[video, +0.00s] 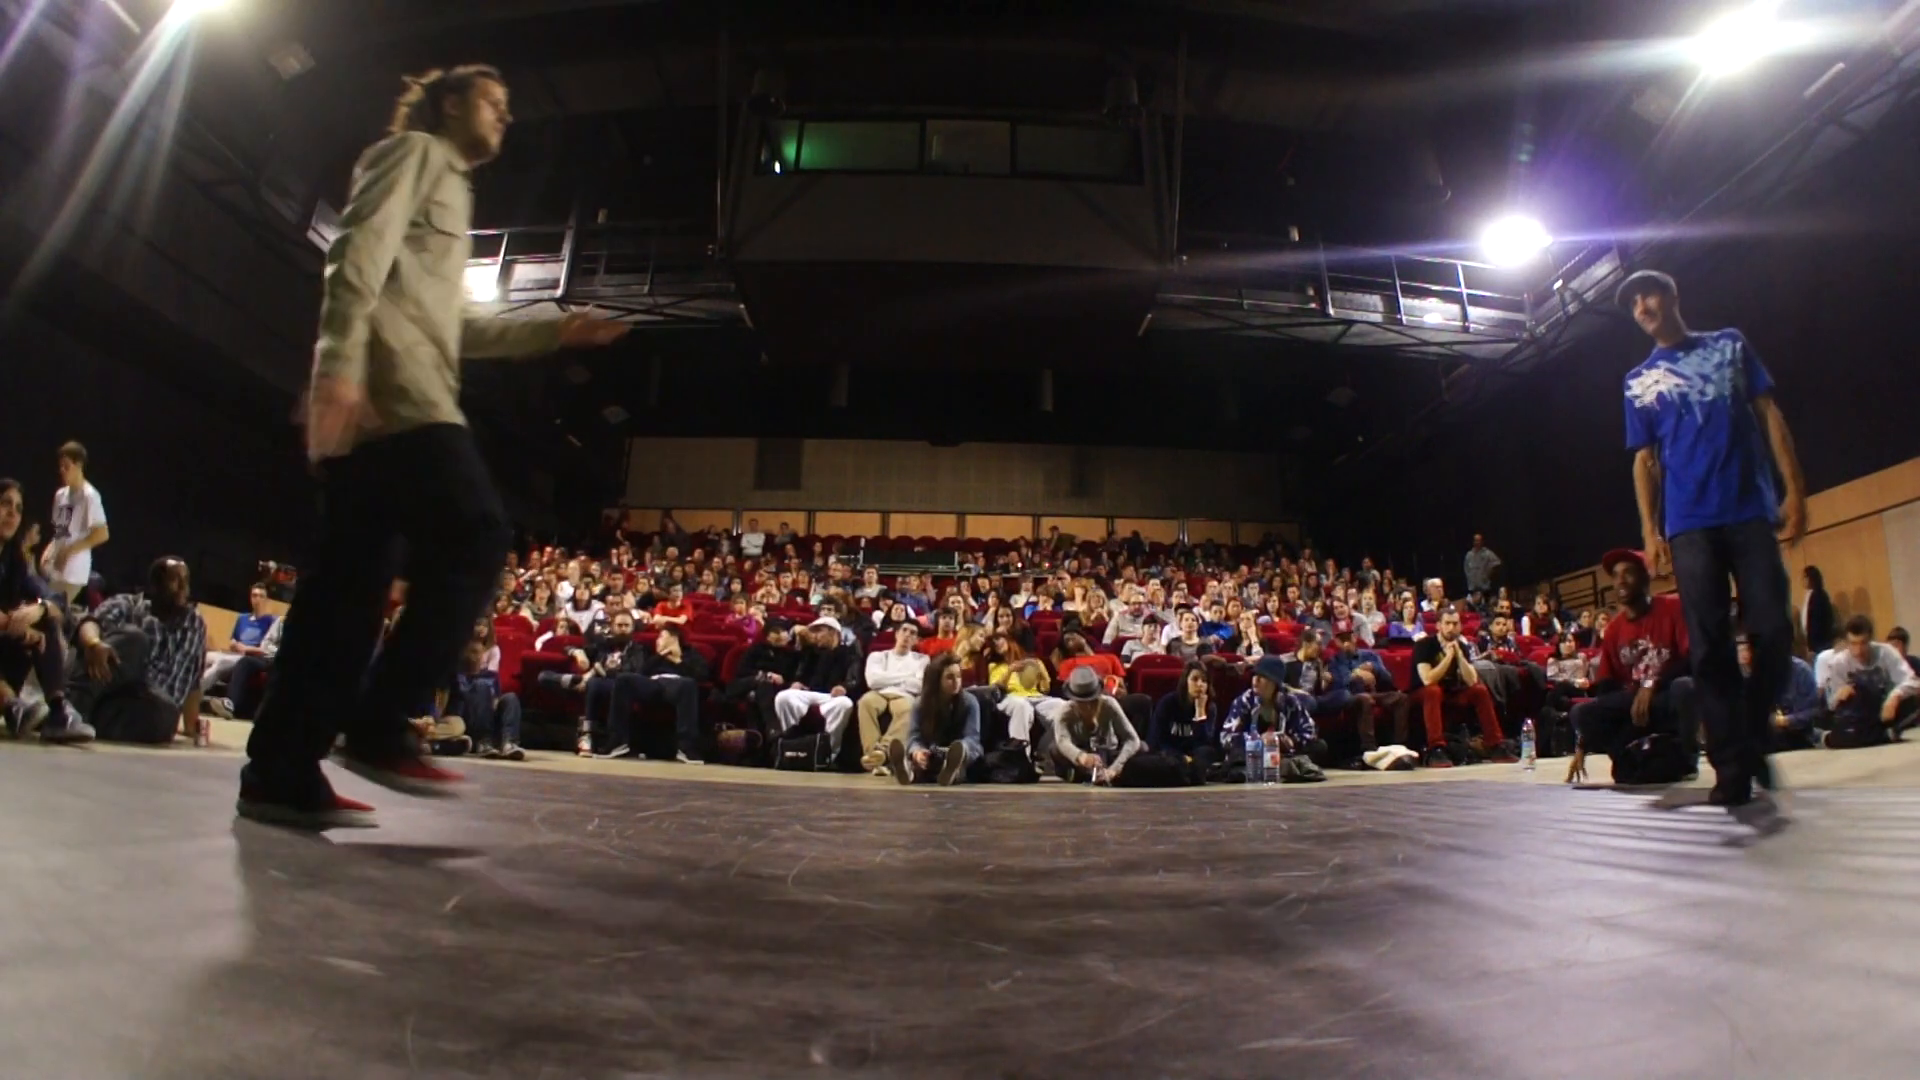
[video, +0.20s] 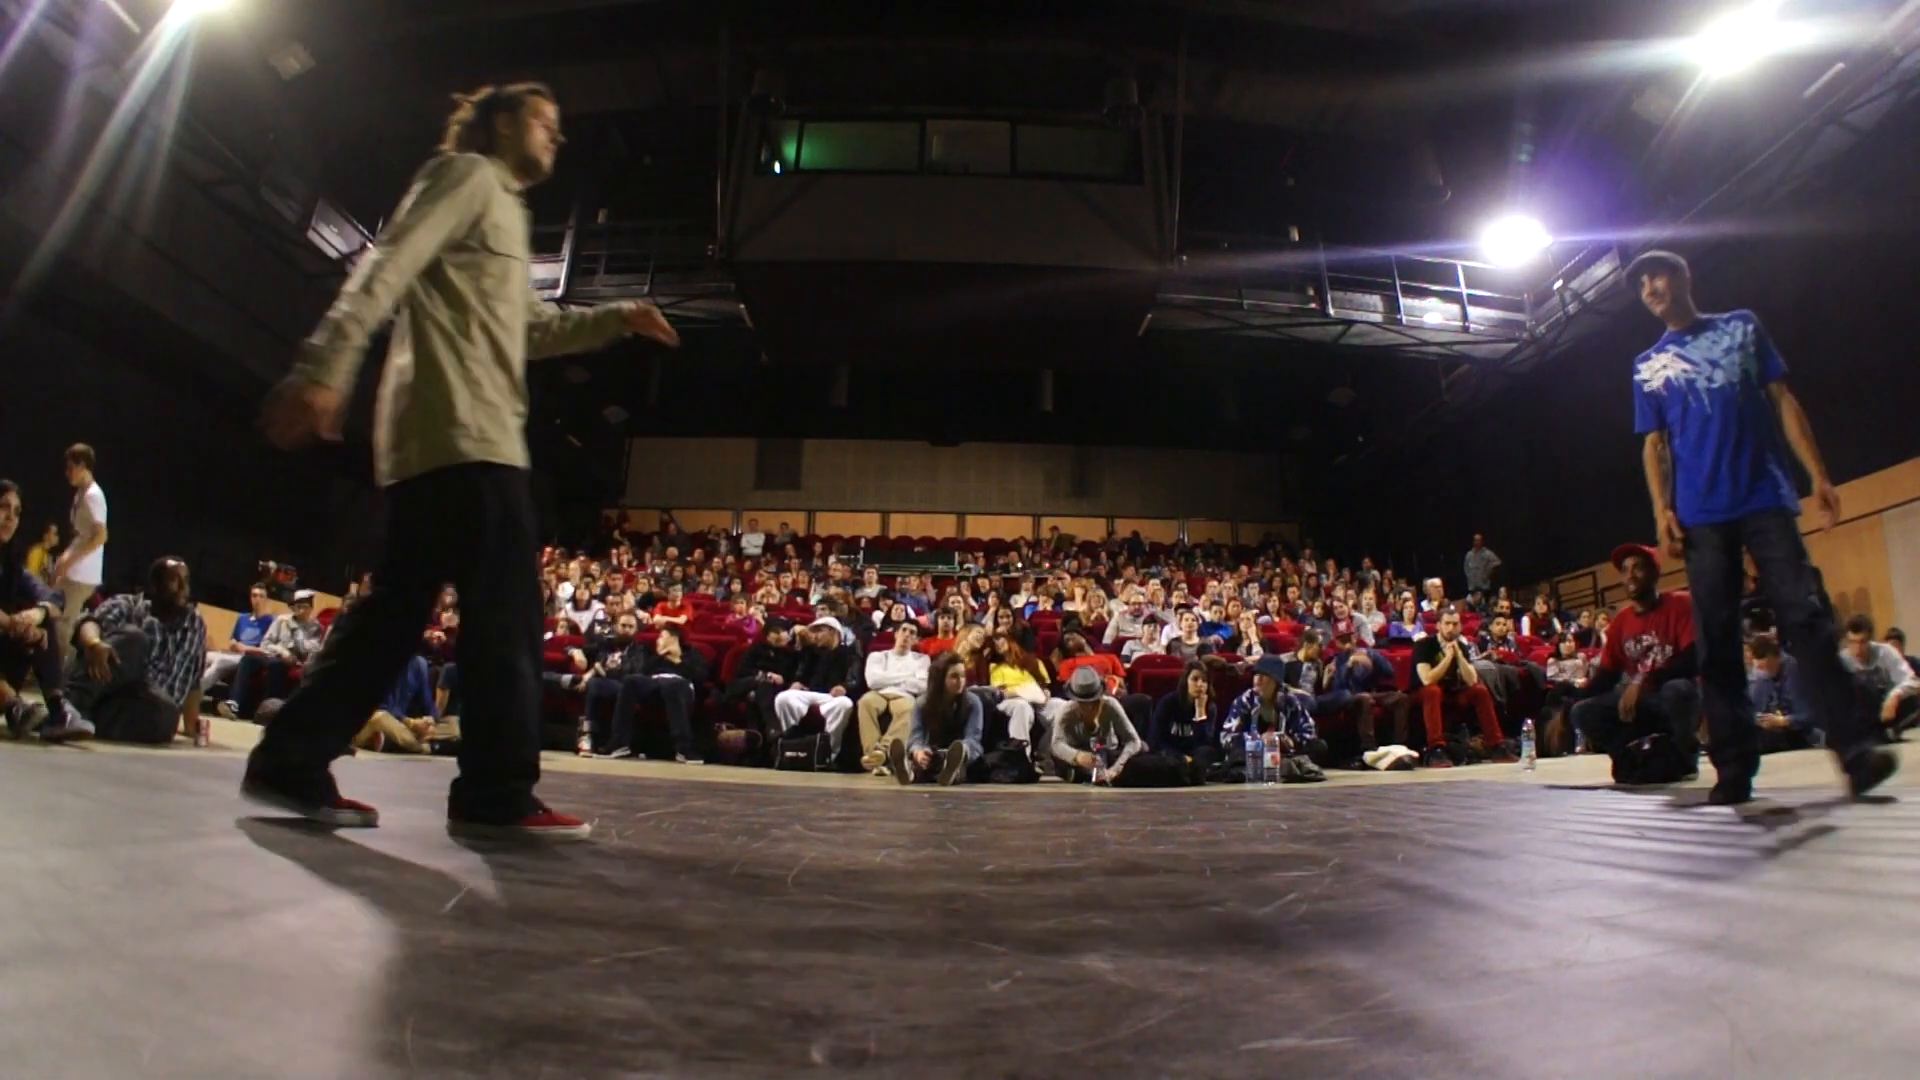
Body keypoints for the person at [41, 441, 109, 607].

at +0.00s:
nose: (62, 471)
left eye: (66, 466)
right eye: (61, 466)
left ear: (79, 465)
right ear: (60, 466)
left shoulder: (90, 495)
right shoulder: (61, 494)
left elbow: (102, 532)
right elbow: (60, 533)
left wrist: (69, 550)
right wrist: (49, 551)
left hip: (75, 568)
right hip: (56, 564)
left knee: (54, 615)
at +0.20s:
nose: (68, 473)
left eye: (71, 467)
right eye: (67, 467)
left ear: (84, 466)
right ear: (77, 467)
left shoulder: (92, 495)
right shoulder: (81, 493)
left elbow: (100, 535)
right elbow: (81, 535)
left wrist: (68, 562)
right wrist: (64, 558)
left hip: (83, 575)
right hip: (73, 572)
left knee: (64, 628)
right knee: (63, 627)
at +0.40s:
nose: (82, 478)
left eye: (85, 472)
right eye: (82, 472)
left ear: (97, 472)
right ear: (97, 472)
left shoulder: (100, 500)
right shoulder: (109, 498)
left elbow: (100, 538)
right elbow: (115, 538)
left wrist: (73, 548)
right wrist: (81, 548)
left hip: (92, 582)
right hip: (103, 580)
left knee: (69, 635)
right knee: (95, 634)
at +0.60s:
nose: (100, 474)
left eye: (104, 468)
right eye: (99, 469)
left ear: (117, 466)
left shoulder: (130, 493)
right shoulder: (112, 494)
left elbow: (140, 531)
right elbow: (114, 533)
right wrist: (100, 549)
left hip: (128, 576)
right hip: (110, 574)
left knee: (125, 628)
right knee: (91, 624)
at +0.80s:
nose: (118, 489)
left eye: (122, 483)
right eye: (116, 484)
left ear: (135, 480)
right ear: (113, 483)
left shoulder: (153, 509)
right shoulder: (119, 509)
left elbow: (175, 543)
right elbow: (121, 547)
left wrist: (162, 577)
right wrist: (113, 575)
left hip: (145, 584)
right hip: (121, 582)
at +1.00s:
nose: (124, 472)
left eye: (129, 467)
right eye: (122, 467)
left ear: (143, 462)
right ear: (119, 466)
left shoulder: (162, 490)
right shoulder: (115, 491)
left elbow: (180, 524)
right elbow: (114, 527)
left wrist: (168, 557)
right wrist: (108, 557)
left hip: (150, 569)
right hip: (122, 567)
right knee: (120, 620)